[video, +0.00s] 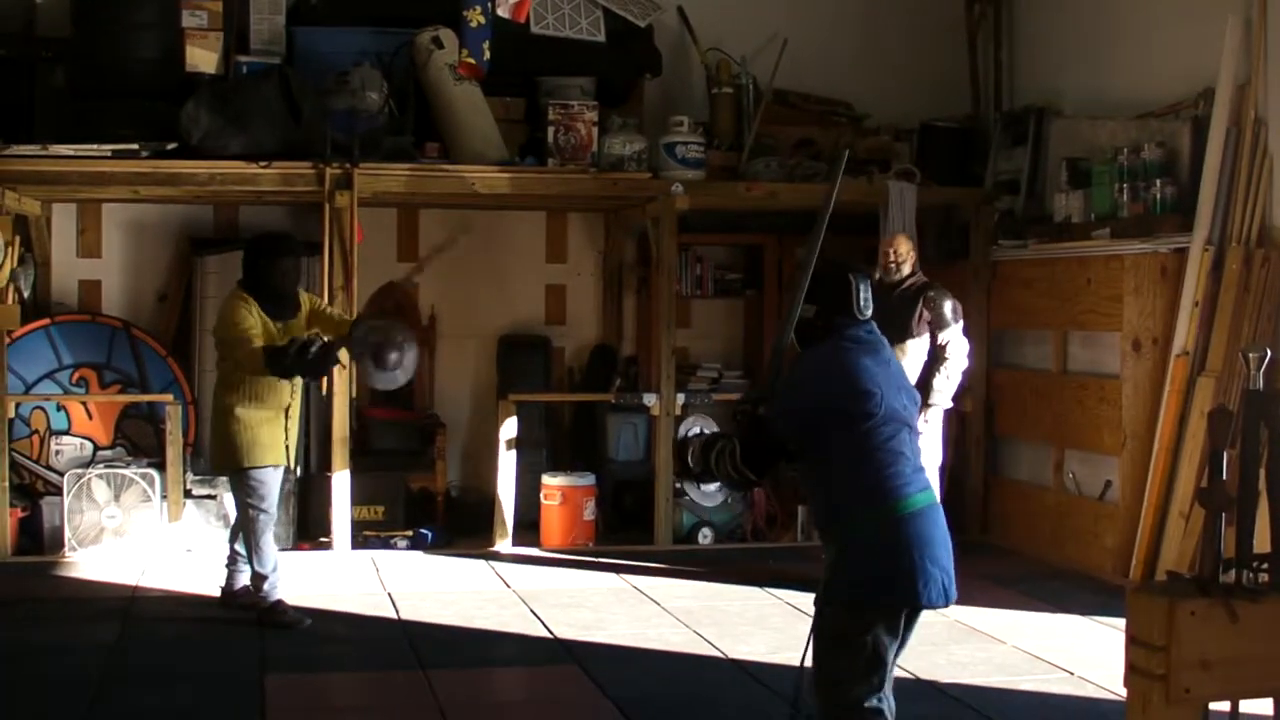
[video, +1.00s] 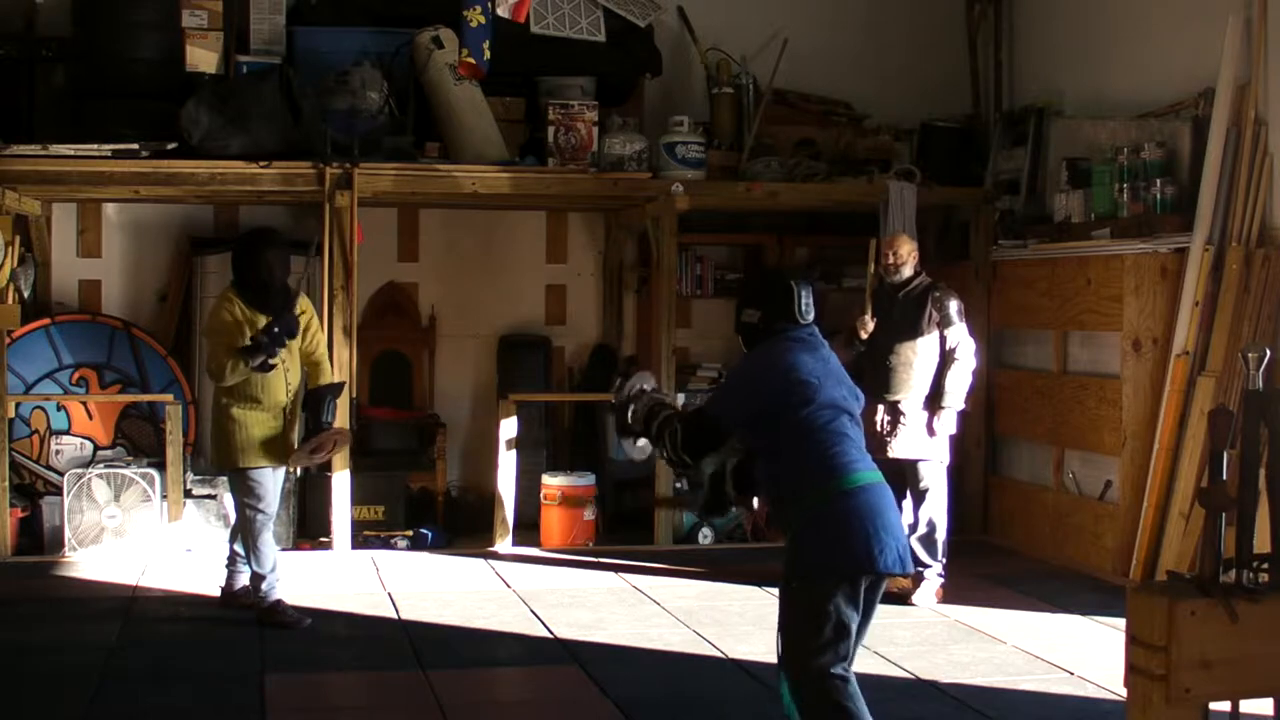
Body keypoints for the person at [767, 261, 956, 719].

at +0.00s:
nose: (795, 319)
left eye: (801, 307)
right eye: (798, 307)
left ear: (813, 312)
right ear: (858, 307)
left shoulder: (820, 369)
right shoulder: (881, 359)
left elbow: (755, 457)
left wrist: (696, 452)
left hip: (881, 555)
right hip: (918, 545)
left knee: (850, 696)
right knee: (862, 689)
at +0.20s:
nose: (787, 314)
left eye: (792, 303)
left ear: (804, 309)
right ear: (853, 305)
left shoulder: (816, 367)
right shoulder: (875, 357)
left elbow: (746, 456)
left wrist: (693, 449)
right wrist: (747, 425)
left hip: (872, 550)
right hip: (910, 541)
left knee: (850, 698)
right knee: (865, 693)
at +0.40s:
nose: (773, 321)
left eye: (779, 311)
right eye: (776, 310)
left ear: (791, 317)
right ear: (837, 313)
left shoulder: (805, 371)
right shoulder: (857, 359)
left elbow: (734, 457)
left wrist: (674, 461)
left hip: (861, 551)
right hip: (892, 542)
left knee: (838, 694)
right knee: (844, 689)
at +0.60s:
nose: (753, 320)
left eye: (758, 310)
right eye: (755, 310)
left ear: (773, 314)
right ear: (815, 310)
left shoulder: (785, 365)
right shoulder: (840, 357)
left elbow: (717, 454)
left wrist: (658, 457)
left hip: (853, 536)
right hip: (878, 529)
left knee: (839, 675)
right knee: (821, 662)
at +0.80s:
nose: (744, 325)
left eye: (749, 314)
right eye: (747, 314)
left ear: (762, 316)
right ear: (805, 313)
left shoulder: (774, 362)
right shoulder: (832, 362)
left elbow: (699, 447)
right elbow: (792, 456)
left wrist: (644, 433)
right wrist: (728, 444)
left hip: (840, 531)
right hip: (872, 526)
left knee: (829, 666)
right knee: (824, 659)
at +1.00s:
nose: (739, 325)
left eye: (744, 315)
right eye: (741, 315)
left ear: (757, 317)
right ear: (798, 313)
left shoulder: (768, 363)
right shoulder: (823, 361)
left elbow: (691, 440)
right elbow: (797, 455)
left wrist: (643, 404)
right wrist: (729, 482)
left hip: (834, 531)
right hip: (876, 526)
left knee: (813, 670)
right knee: (831, 668)